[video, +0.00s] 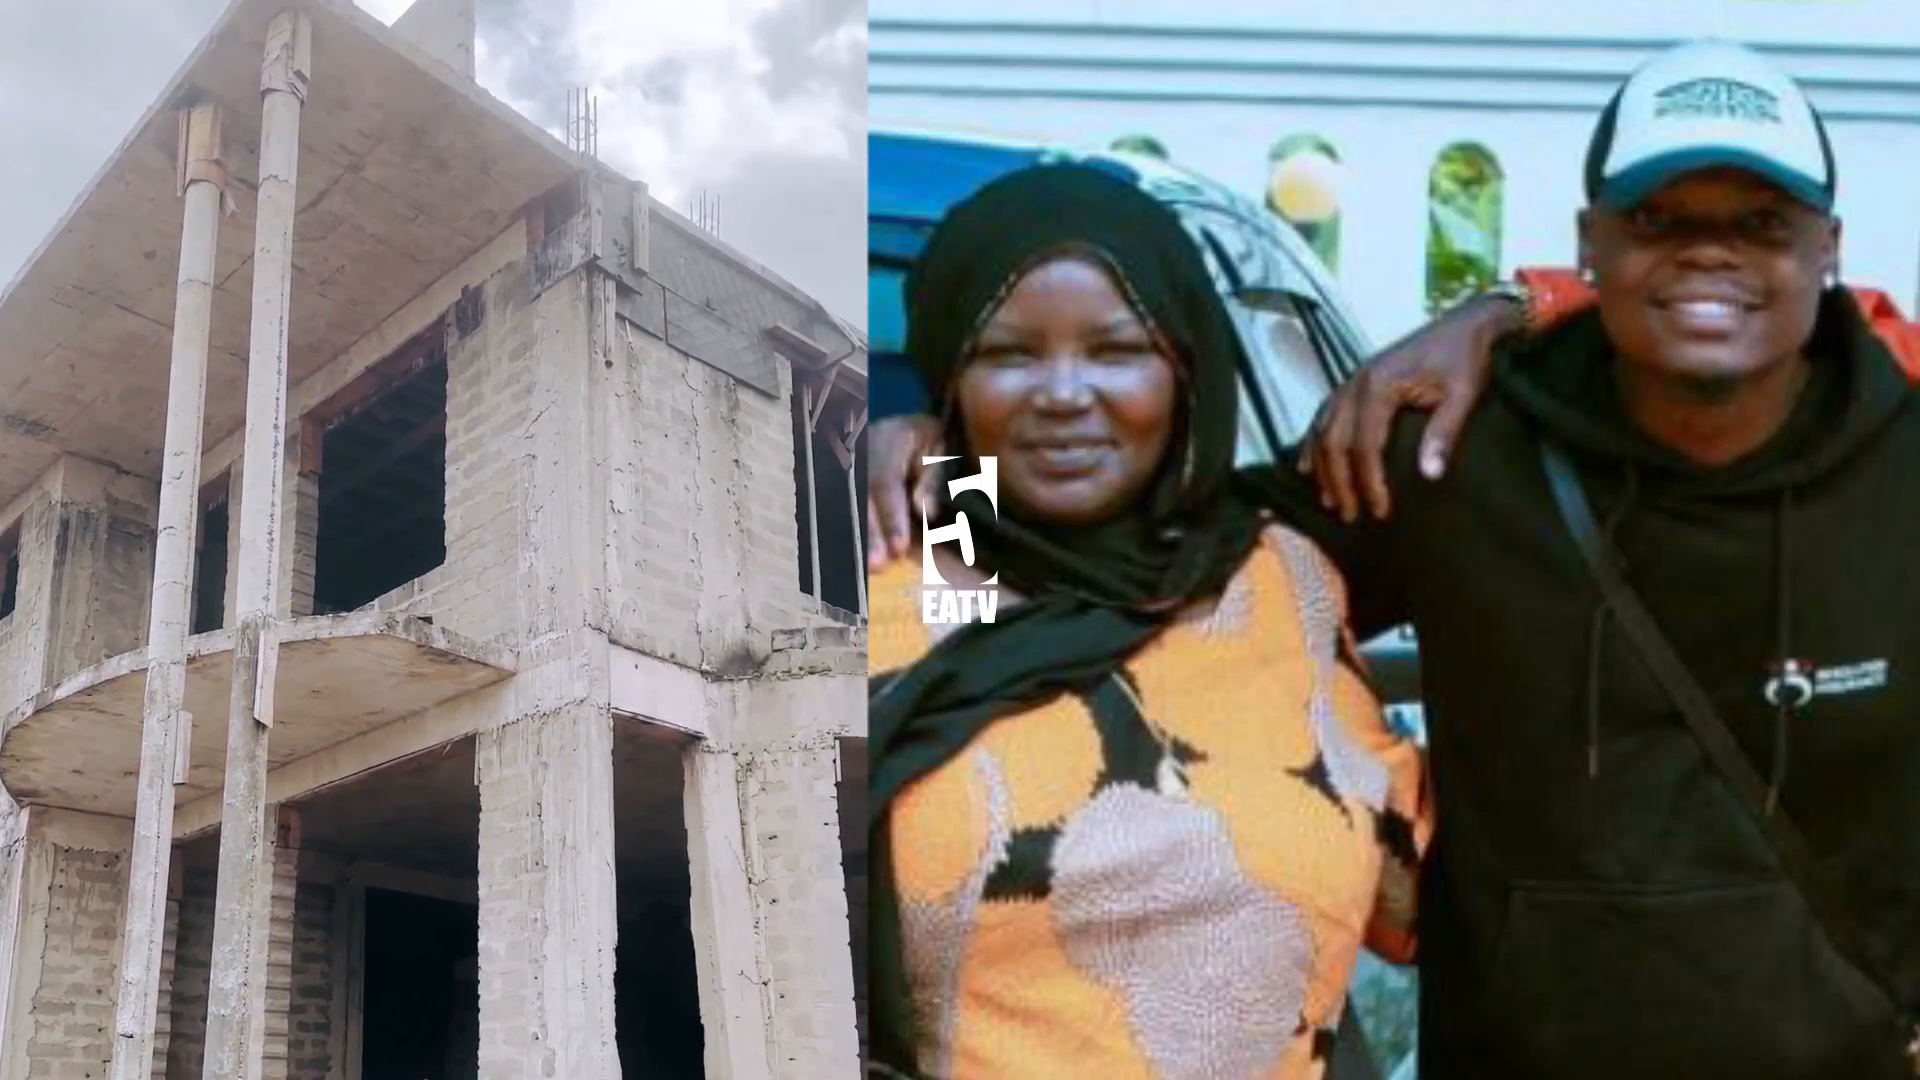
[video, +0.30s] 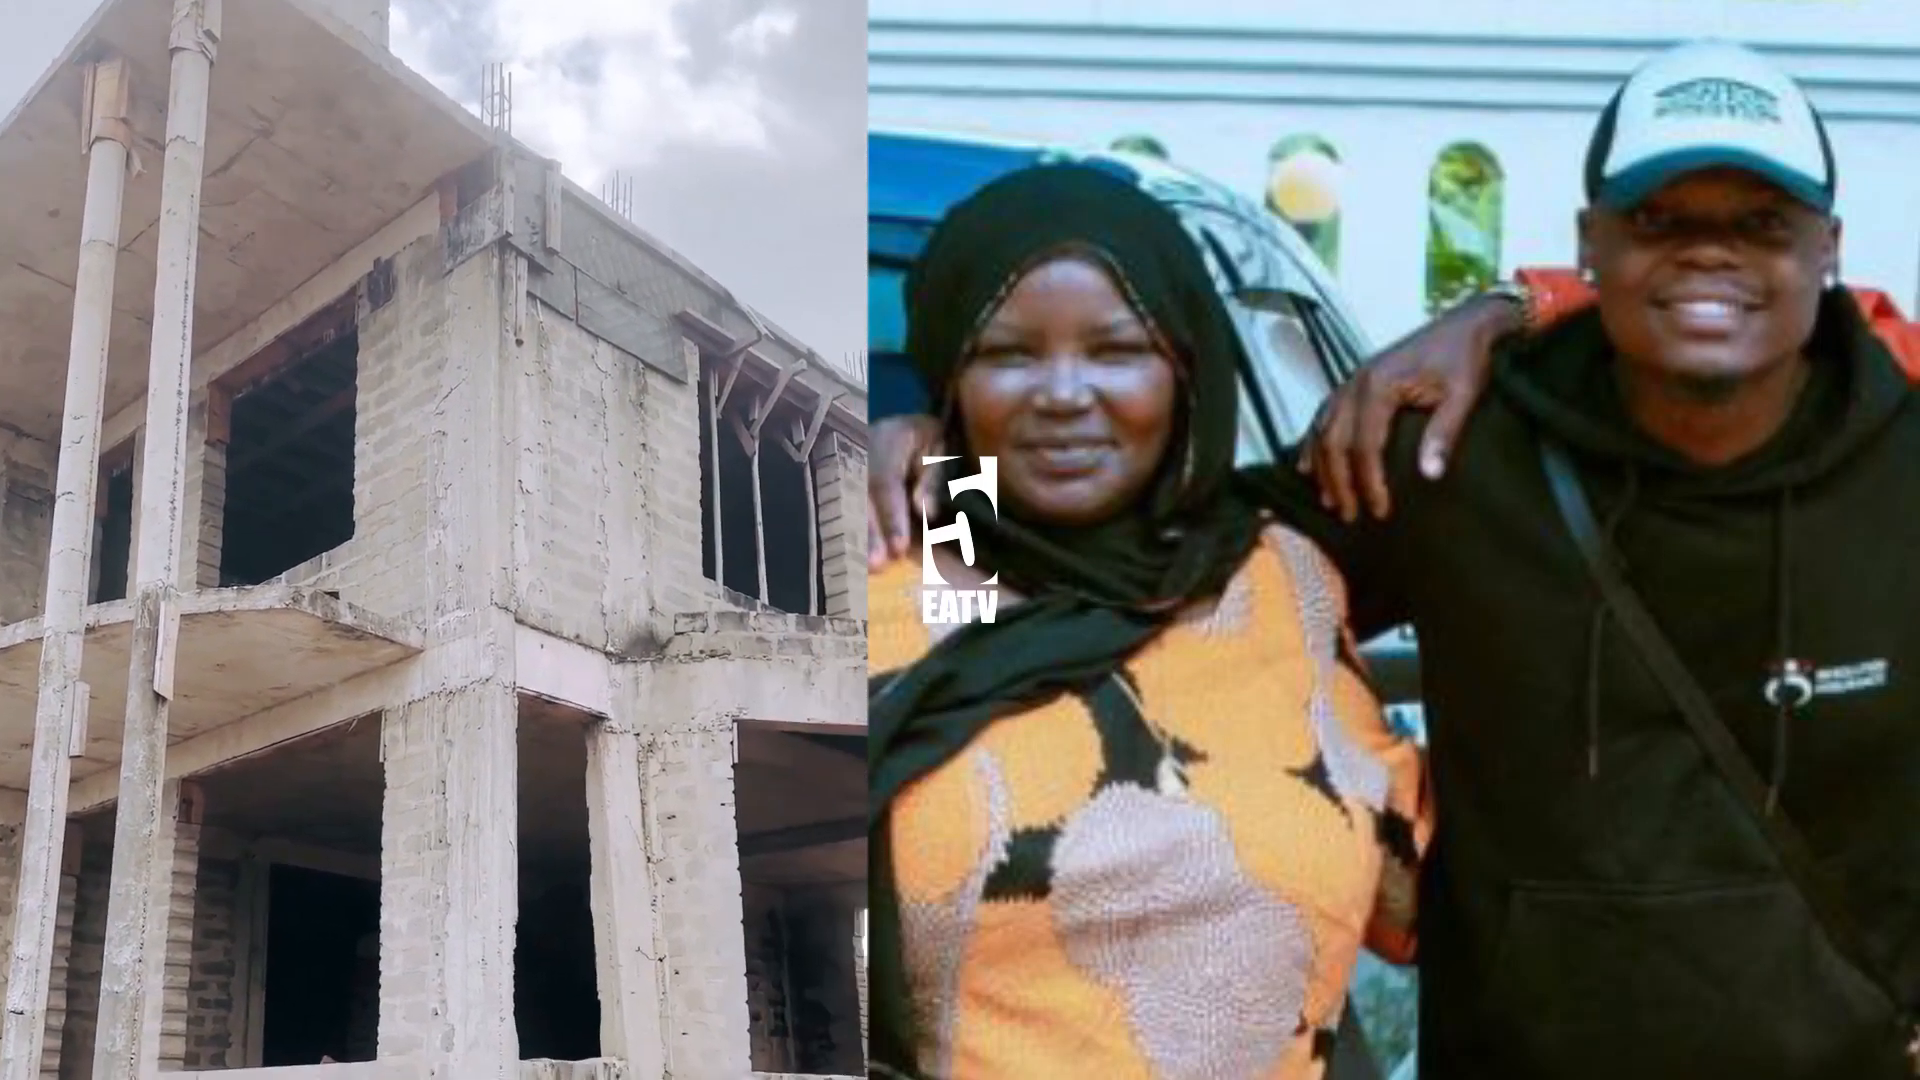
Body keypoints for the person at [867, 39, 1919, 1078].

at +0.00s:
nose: (1707, 251)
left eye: (1757, 218)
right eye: (1664, 214)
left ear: (1826, 249)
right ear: (1595, 241)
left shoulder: (1899, 445)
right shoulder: (1462, 448)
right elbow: (1174, 559)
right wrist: (958, 463)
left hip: (1849, 1039)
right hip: (1534, 1046)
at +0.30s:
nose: (1707, 251)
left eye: (1757, 219)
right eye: (1664, 215)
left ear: (1826, 249)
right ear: (1595, 242)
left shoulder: (1899, 444)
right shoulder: (1464, 447)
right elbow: (1176, 559)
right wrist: (959, 465)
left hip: (1850, 1038)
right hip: (1536, 1045)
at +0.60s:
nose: (1707, 251)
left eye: (1757, 219)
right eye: (1664, 215)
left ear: (1825, 250)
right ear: (1595, 242)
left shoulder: (1898, 445)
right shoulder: (1464, 447)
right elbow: (1176, 556)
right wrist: (957, 461)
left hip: (1850, 1037)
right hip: (1536, 1045)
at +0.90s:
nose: (1707, 251)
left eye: (1757, 219)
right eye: (1664, 215)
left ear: (1826, 249)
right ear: (1595, 242)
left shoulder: (1899, 444)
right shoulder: (1464, 447)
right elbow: (1177, 559)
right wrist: (958, 461)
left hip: (1849, 1038)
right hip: (1535, 1045)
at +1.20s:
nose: (1707, 252)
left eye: (1757, 220)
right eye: (1664, 215)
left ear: (1825, 250)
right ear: (1595, 242)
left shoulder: (1899, 445)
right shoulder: (1464, 446)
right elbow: (1174, 557)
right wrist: (955, 458)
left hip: (1848, 1037)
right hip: (1535, 1044)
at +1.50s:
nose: (1707, 251)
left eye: (1757, 219)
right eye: (1664, 215)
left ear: (1826, 250)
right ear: (1595, 242)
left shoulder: (1898, 445)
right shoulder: (1464, 448)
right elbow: (1176, 556)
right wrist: (957, 460)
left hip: (1849, 1037)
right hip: (1535, 1044)